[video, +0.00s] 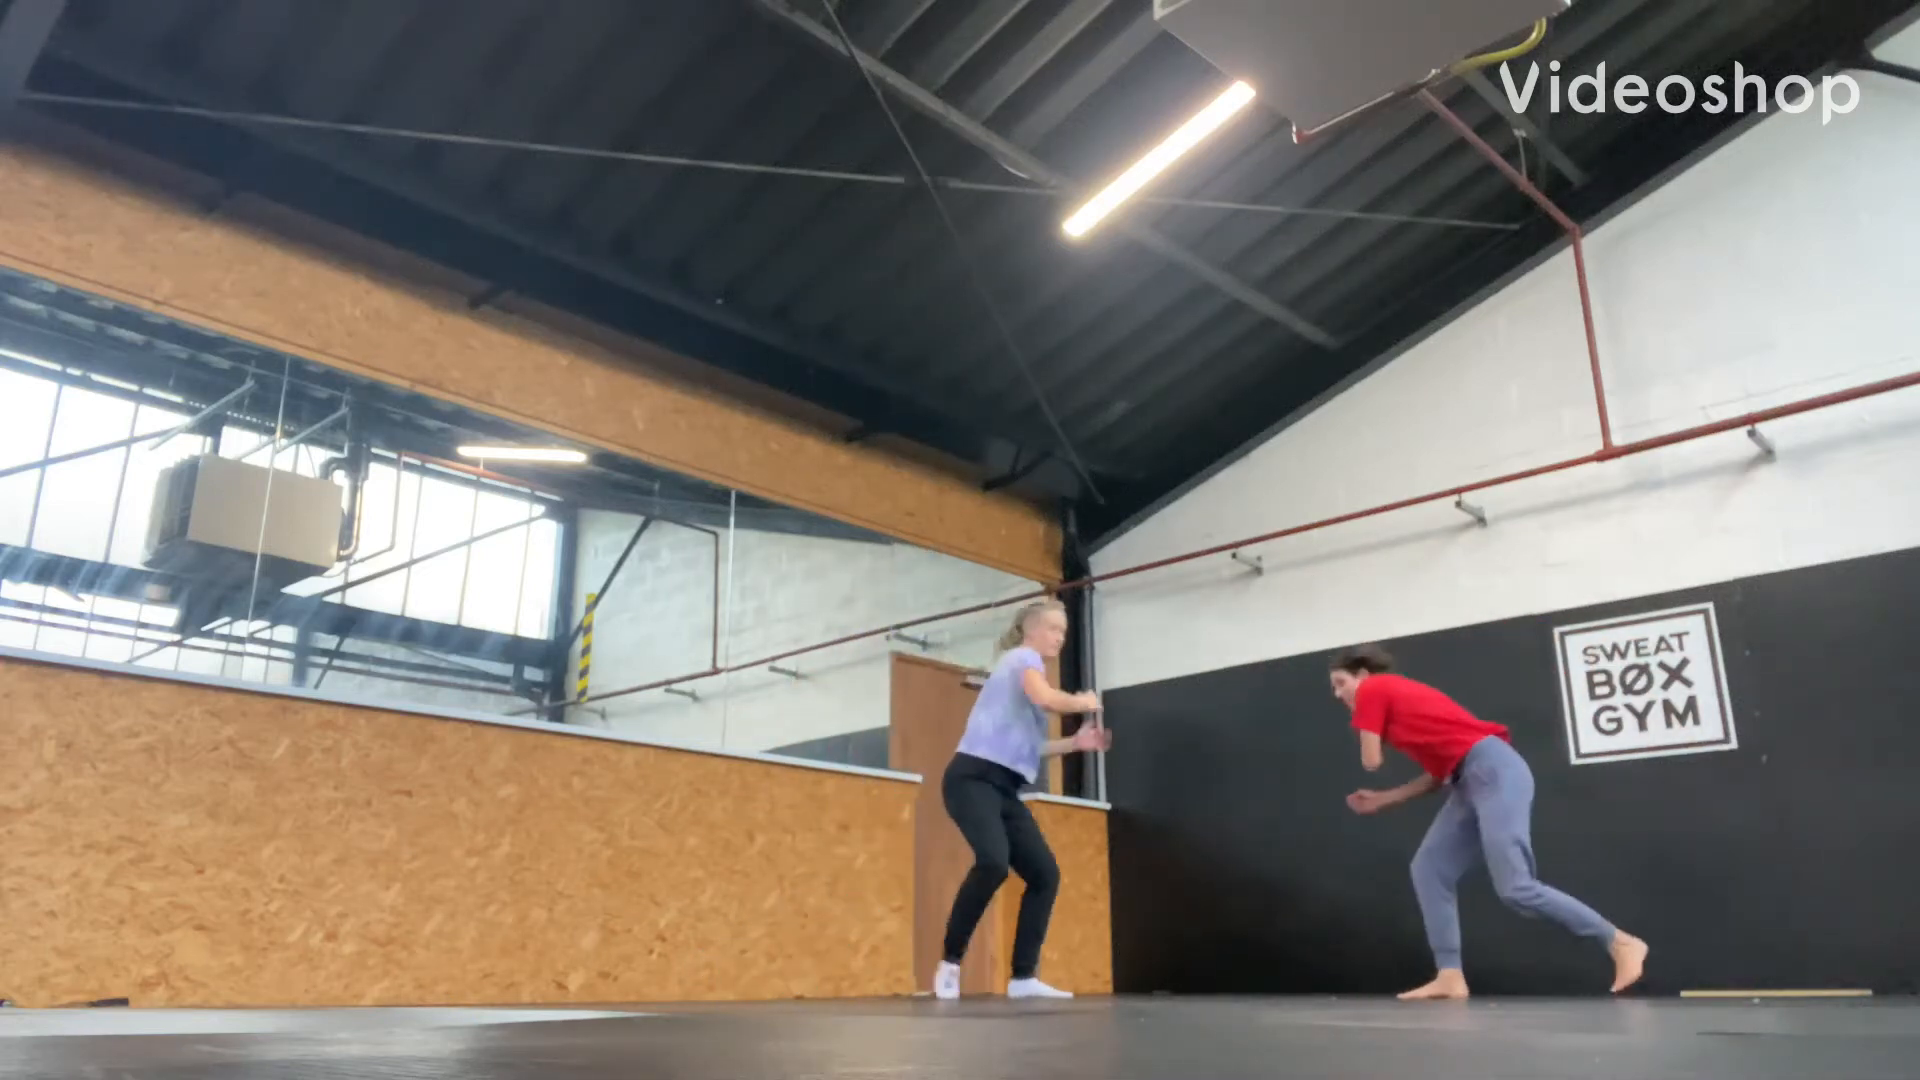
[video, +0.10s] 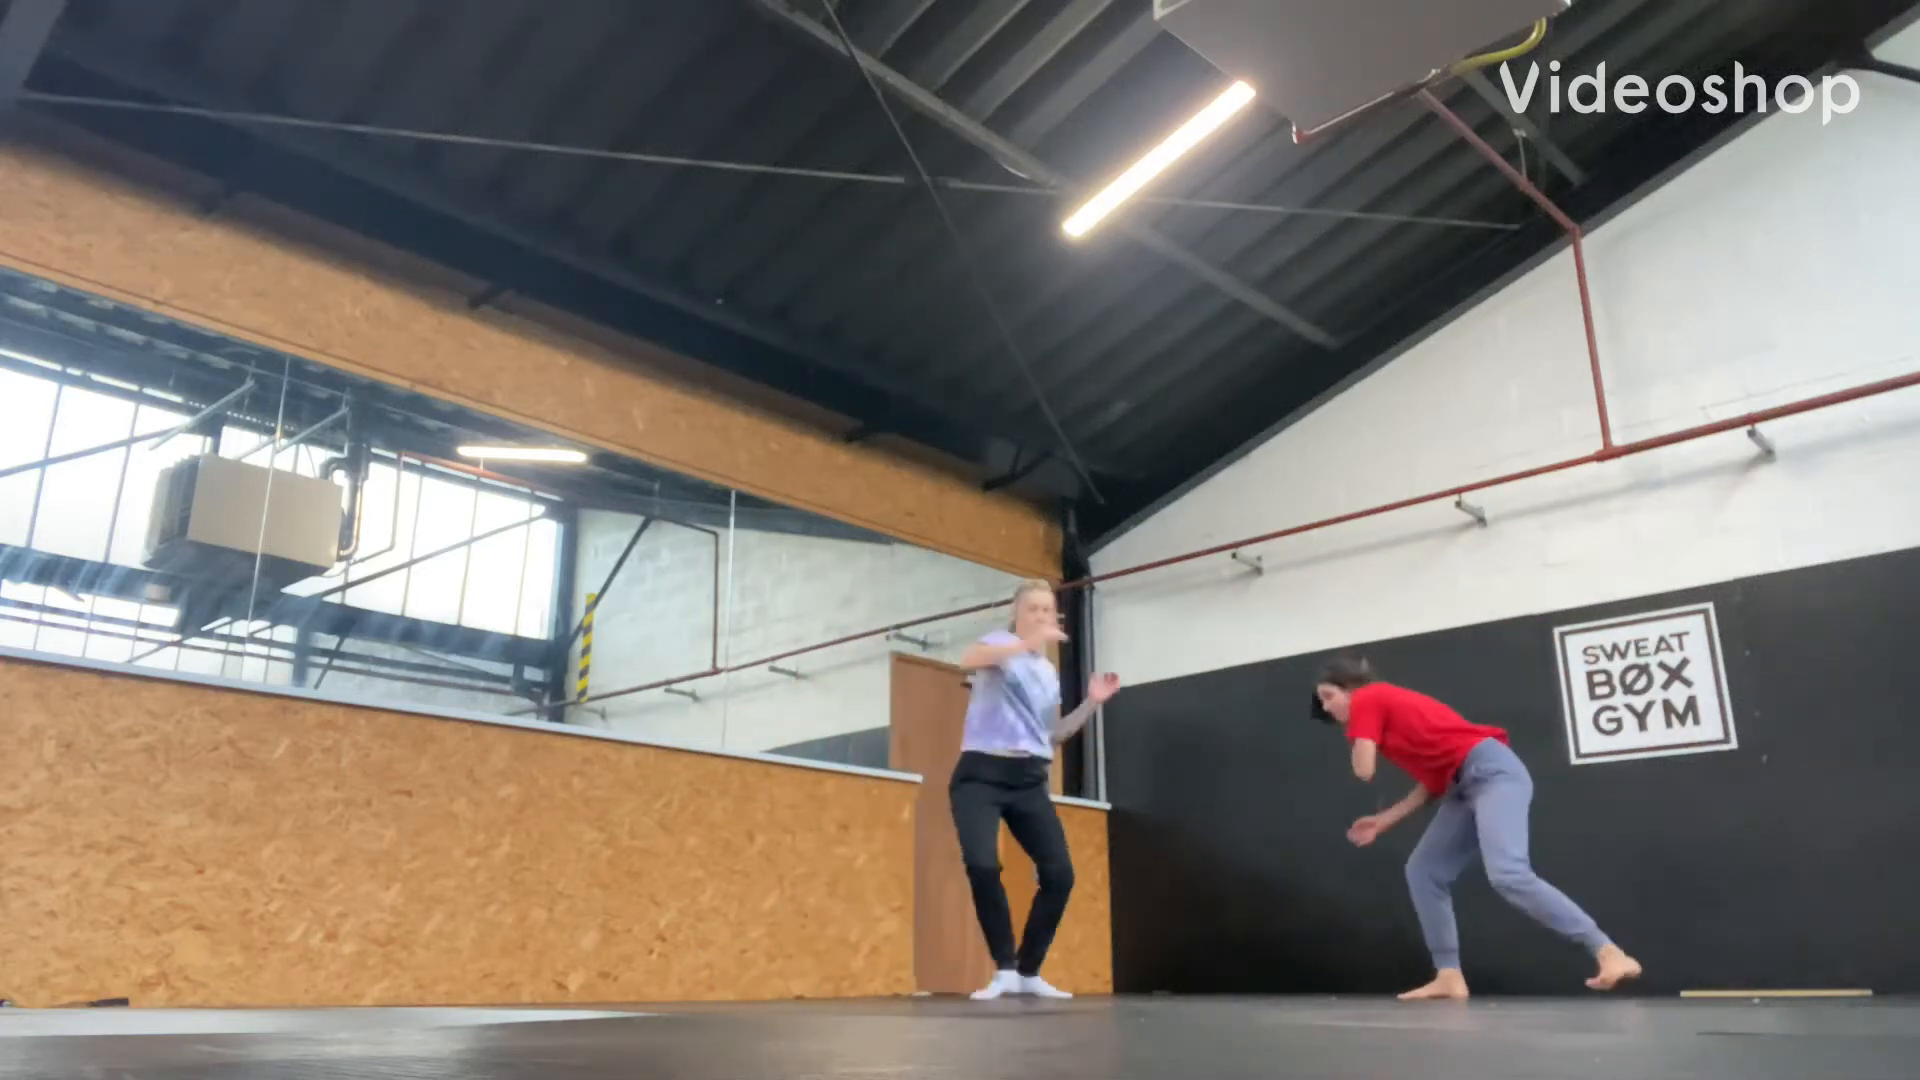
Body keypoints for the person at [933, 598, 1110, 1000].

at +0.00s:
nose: (1059, 638)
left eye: (1063, 631)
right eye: (1053, 629)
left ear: (1058, 636)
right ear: (1028, 629)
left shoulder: (1025, 678)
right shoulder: (1022, 657)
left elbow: (1024, 748)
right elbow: (1043, 697)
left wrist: (1076, 743)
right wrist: (1080, 702)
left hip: (1004, 791)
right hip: (972, 780)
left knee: (1044, 875)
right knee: (993, 863)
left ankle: (1023, 979)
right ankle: (950, 962)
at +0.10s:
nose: (1043, 617)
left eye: (1049, 611)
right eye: (1034, 609)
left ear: (1056, 619)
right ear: (1016, 614)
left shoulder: (1048, 673)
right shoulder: (1000, 641)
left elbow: (1054, 733)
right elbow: (969, 660)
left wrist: (1091, 702)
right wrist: (1030, 644)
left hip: (1028, 782)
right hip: (979, 776)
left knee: (1059, 874)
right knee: (982, 867)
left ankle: (1028, 974)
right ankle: (1005, 971)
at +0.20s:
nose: (1010, 604)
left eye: (1018, 596)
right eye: (1004, 598)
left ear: (1039, 600)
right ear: (999, 604)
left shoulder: (1058, 655)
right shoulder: (979, 645)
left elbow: (1084, 714)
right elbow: (919, 663)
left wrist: (1096, 671)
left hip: (1038, 772)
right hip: (985, 772)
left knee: (1061, 873)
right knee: (976, 872)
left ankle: (1050, 951)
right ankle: (1009, 977)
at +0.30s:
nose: (978, 604)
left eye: (984, 594)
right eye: (977, 595)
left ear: (1011, 594)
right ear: (997, 598)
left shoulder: (1047, 639)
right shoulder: (995, 650)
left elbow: (1089, 691)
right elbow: (980, 682)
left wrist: (1074, 642)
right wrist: (938, 652)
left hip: (1038, 768)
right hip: (994, 770)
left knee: (1016, 871)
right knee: (982, 872)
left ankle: (1084, 942)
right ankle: (1009, 978)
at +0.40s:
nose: (973, 592)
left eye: (979, 584)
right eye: (972, 585)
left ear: (1000, 589)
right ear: (1006, 591)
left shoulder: (1007, 624)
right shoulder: (1029, 627)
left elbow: (1020, 661)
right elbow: (1076, 660)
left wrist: (991, 626)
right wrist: (1048, 625)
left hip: (1032, 756)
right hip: (1037, 754)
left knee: (1006, 867)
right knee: (1005, 867)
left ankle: (1072, 959)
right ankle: (1011, 975)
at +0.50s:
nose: (1018, 590)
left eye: (1013, 584)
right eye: (1016, 584)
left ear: (976, 593)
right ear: (1012, 587)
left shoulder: (969, 637)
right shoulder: (1041, 619)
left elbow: (905, 661)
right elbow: (1105, 635)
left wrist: (891, 616)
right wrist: (1109, 588)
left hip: (1025, 755)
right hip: (1073, 747)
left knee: (1035, 872)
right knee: (1029, 861)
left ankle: (1078, 975)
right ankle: (1010, 962)